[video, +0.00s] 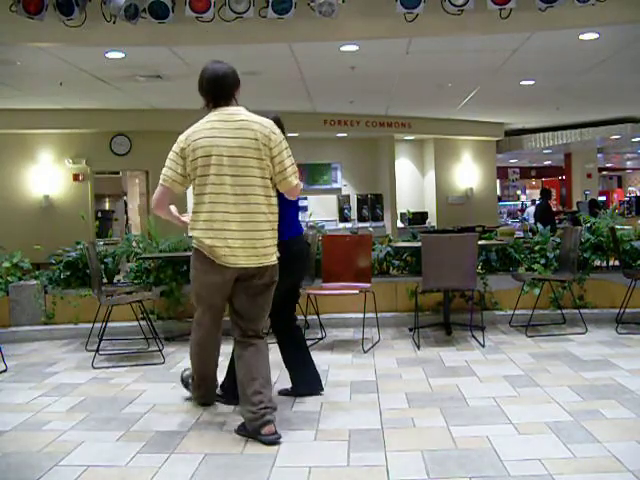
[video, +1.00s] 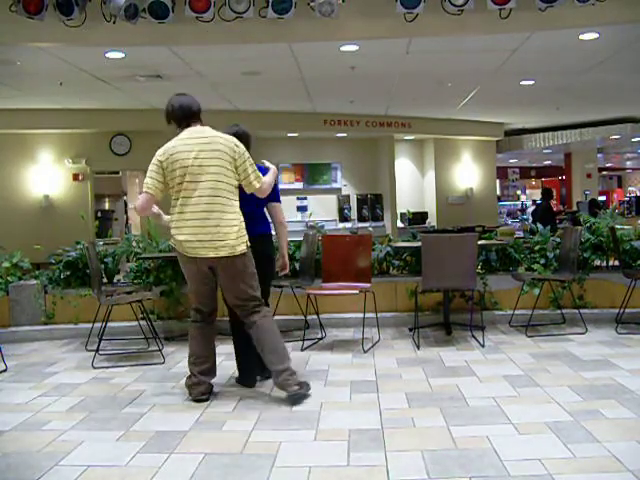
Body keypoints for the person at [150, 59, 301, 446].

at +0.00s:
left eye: (205, 93)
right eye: (236, 89)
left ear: (203, 96)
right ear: (239, 91)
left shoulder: (192, 136)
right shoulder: (266, 130)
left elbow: (160, 203)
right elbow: (292, 191)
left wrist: (181, 220)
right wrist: (284, 173)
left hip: (212, 251)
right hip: (261, 251)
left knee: (206, 322)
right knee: (253, 334)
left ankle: (203, 389)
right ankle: (260, 421)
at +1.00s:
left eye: (170, 123)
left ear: (173, 122)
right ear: (200, 115)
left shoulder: (166, 152)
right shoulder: (228, 143)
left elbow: (144, 206)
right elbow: (261, 191)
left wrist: (158, 212)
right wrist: (273, 172)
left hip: (188, 243)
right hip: (230, 241)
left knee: (201, 314)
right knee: (253, 309)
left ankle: (200, 386)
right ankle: (289, 382)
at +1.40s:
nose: (203, 134)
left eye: (204, 128)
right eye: (201, 129)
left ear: (217, 123)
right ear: (229, 122)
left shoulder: (222, 153)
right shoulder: (260, 147)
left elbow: (204, 210)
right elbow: (279, 192)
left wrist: (168, 206)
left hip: (242, 252)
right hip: (275, 249)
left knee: (214, 311)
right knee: (274, 307)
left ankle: (204, 385)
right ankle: (321, 352)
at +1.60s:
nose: (238, 135)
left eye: (240, 129)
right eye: (236, 130)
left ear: (256, 124)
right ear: (260, 124)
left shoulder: (270, 153)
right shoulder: (282, 146)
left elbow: (258, 207)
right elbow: (264, 202)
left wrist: (212, 203)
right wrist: (219, 205)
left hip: (276, 248)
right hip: (296, 245)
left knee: (240, 308)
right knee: (288, 310)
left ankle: (215, 382)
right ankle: (329, 363)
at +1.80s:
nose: (269, 136)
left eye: (271, 130)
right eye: (267, 130)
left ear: (288, 126)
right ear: (285, 128)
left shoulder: (308, 155)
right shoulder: (290, 153)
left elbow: (311, 203)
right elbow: (278, 187)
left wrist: (267, 194)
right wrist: (257, 190)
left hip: (307, 242)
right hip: (295, 240)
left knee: (273, 305)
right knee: (292, 308)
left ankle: (241, 377)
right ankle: (328, 362)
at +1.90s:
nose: (208, 150)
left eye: (213, 145)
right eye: (205, 146)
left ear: (227, 148)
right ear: (204, 151)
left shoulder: (240, 172)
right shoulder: (212, 180)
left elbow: (257, 210)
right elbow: (214, 224)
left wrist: (263, 192)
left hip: (242, 247)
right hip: (219, 249)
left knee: (230, 306)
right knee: (201, 303)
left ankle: (248, 363)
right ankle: (227, 351)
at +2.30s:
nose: (216, 138)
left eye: (221, 133)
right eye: (210, 135)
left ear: (229, 140)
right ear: (202, 143)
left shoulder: (244, 171)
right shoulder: (190, 174)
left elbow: (272, 205)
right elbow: (167, 213)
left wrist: (294, 188)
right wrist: (148, 245)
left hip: (239, 249)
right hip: (206, 250)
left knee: (238, 312)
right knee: (219, 312)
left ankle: (234, 366)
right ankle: (221, 388)